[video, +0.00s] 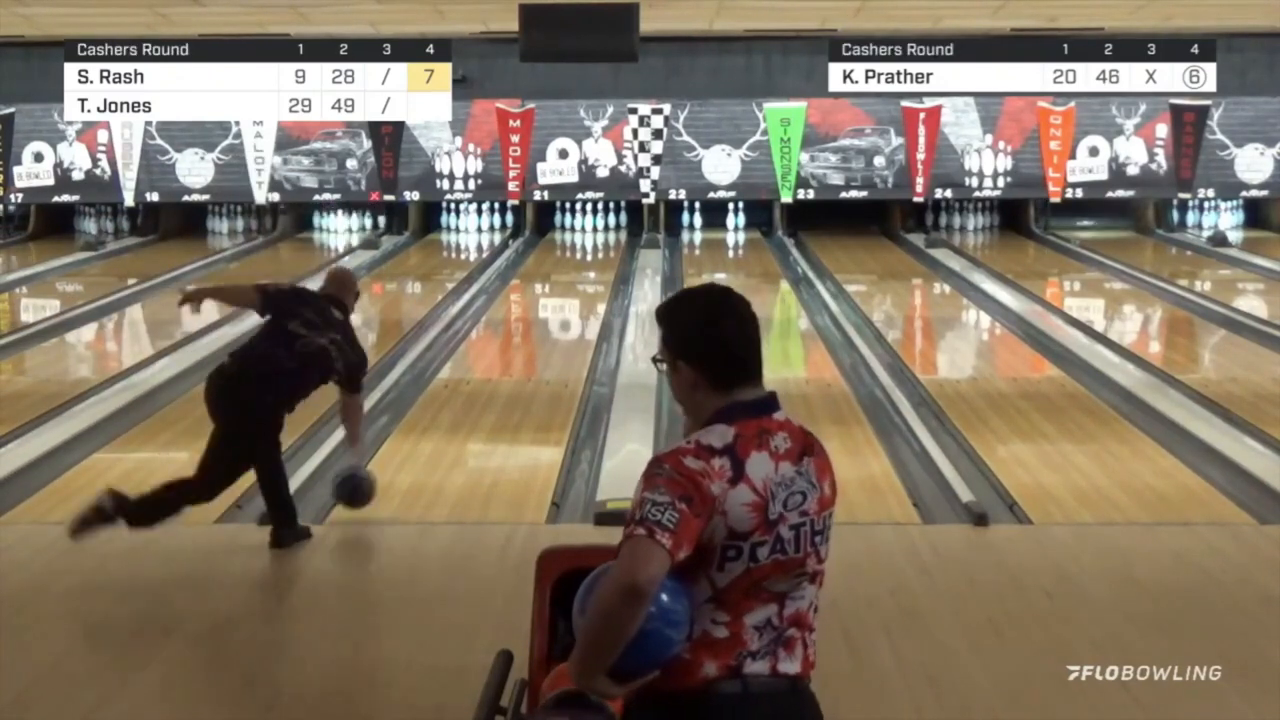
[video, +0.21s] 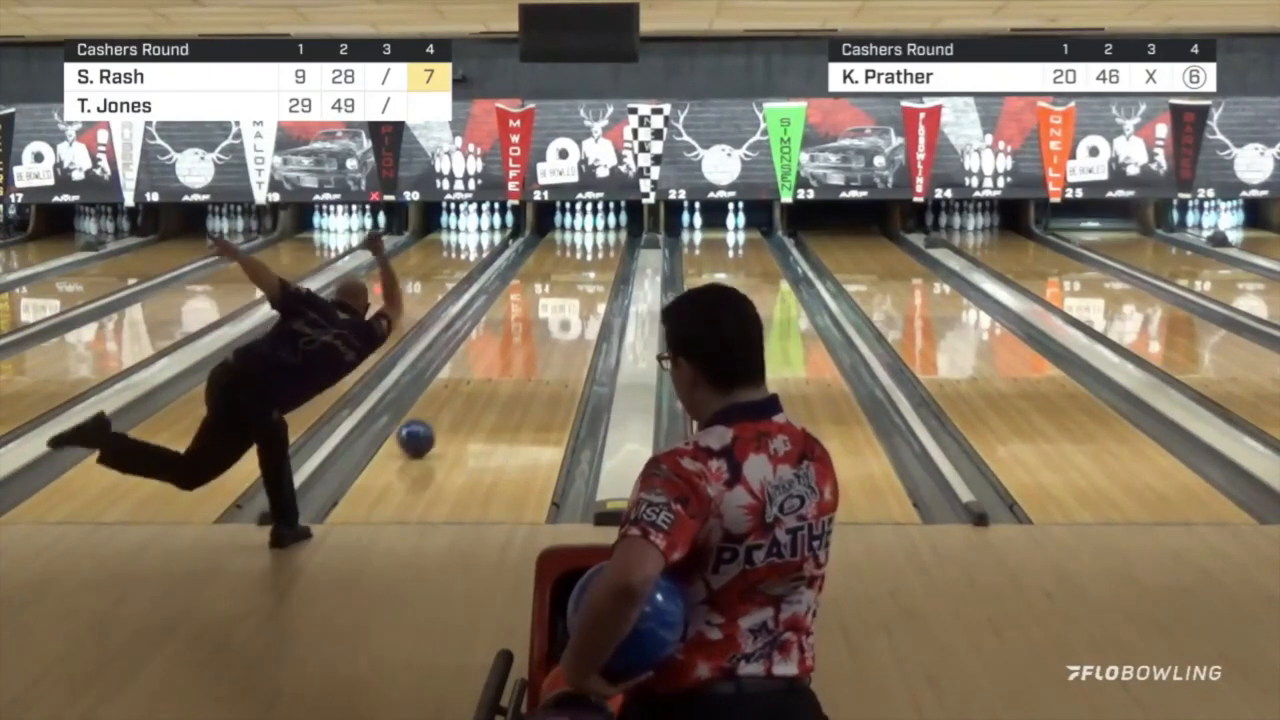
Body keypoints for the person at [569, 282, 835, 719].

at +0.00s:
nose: (669, 382)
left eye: (666, 366)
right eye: (665, 367)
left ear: (685, 370)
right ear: (752, 354)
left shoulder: (687, 467)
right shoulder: (811, 453)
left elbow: (636, 579)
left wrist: (585, 669)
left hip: (691, 698)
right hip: (789, 693)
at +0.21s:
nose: (673, 380)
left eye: (671, 365)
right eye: (670, 366)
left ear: (687, 368)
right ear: (756, 354)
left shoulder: (683, 469)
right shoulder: (815, 458)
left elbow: (630, 579)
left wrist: (576, 671)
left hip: (687, 697)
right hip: (789, 693)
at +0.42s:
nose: (674, 373)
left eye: (673, 360)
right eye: (673, 360)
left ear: (689, 367)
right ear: (758, 355)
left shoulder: (680, 469)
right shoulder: (817, 460)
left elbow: (618, 580)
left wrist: (572, 670)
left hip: (685, 697)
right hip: (789, 694)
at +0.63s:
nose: (677, 366)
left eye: (676, 356)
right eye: (678, 354)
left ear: (685, 368)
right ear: (762, 353)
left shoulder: (679, 471)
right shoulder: (815, 457)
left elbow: (618, 582)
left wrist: (572, 672)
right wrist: (681, 313)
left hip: (686, 697)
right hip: (788, 695)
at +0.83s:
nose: (673, 358)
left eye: (677, 348)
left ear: (690, 366)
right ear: (768, 355)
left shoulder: (683, 472)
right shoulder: (809, 441)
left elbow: (623, 584)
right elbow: (698, 390)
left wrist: (575, 673)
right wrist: (628, 345)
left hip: (689, 697)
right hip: (788, 690)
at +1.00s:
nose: (680, 363)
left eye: (680, 353)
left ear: (688, 365)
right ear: (770, 354)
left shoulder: (687, 470)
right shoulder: (811, 453)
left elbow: (629, 586)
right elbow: (688, 469)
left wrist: (580, 676)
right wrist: (580, 450)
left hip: (691, 699)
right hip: (790, 695)